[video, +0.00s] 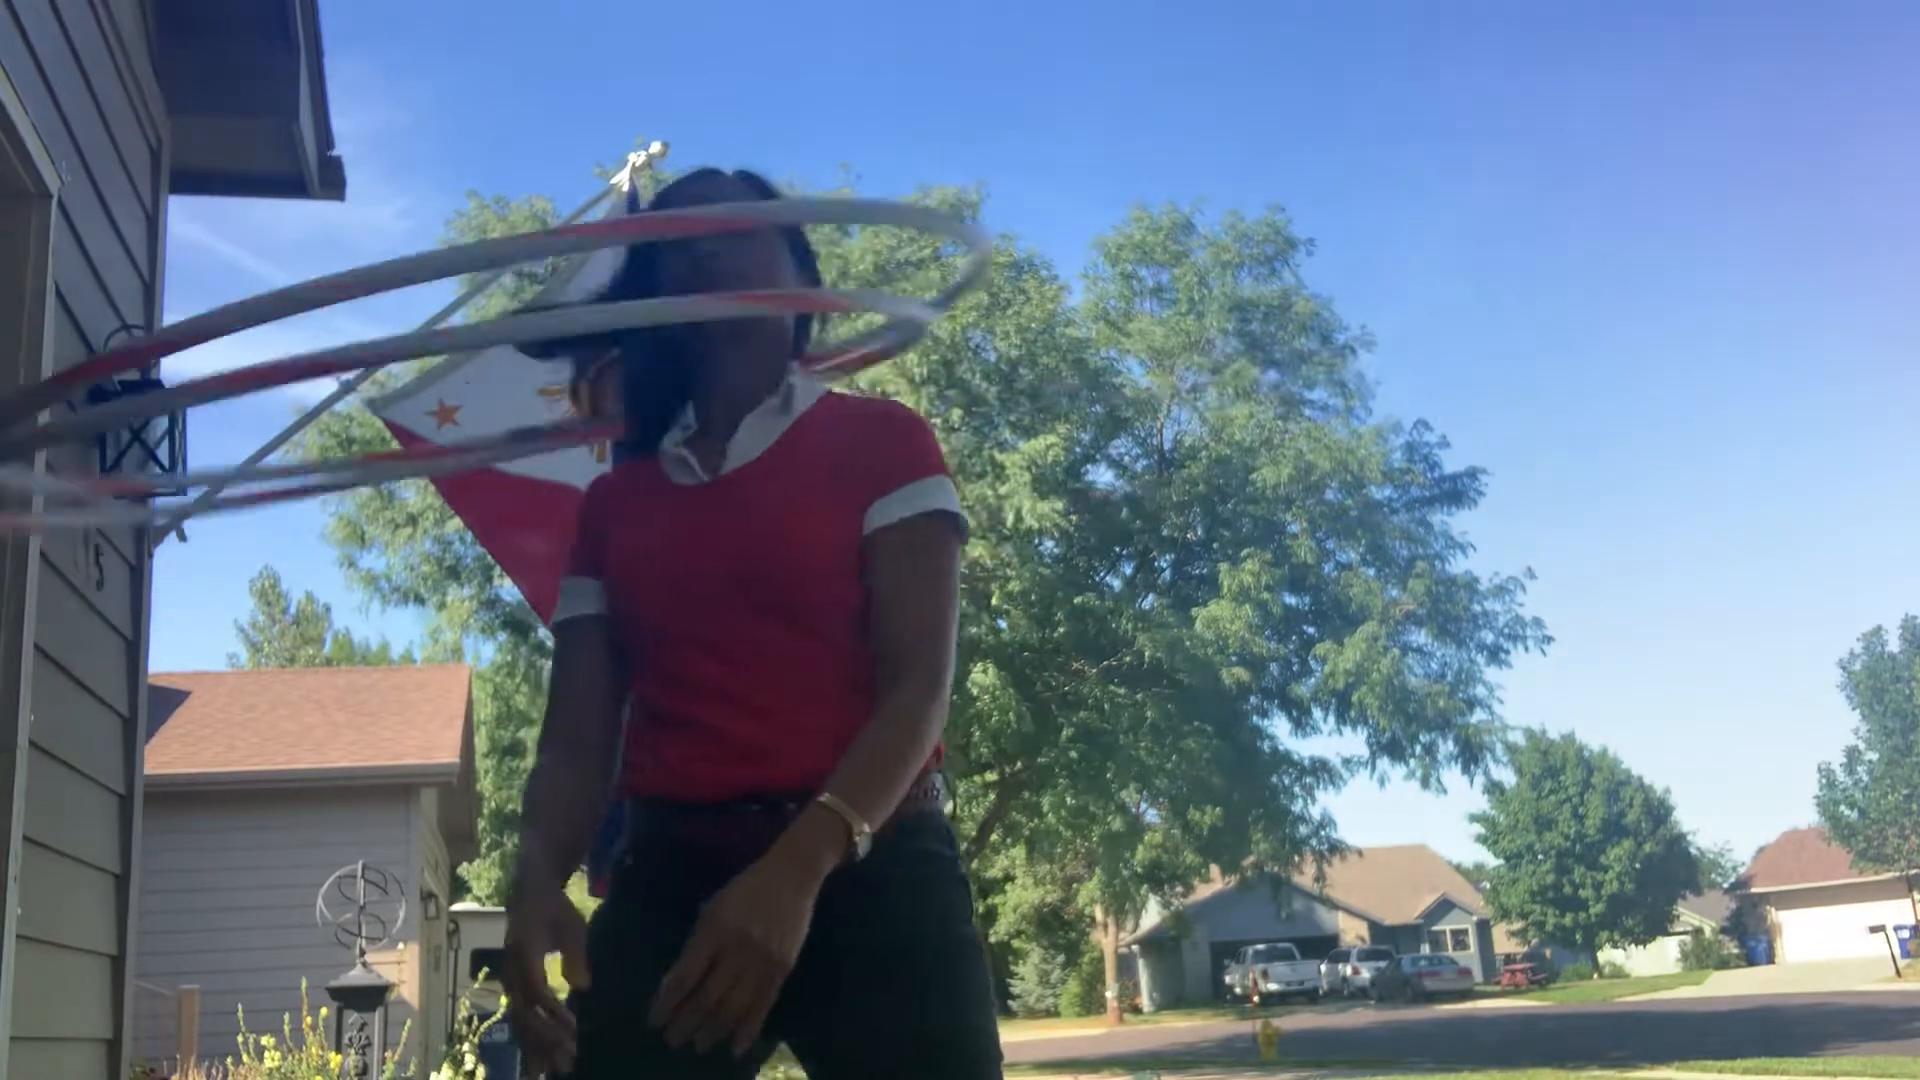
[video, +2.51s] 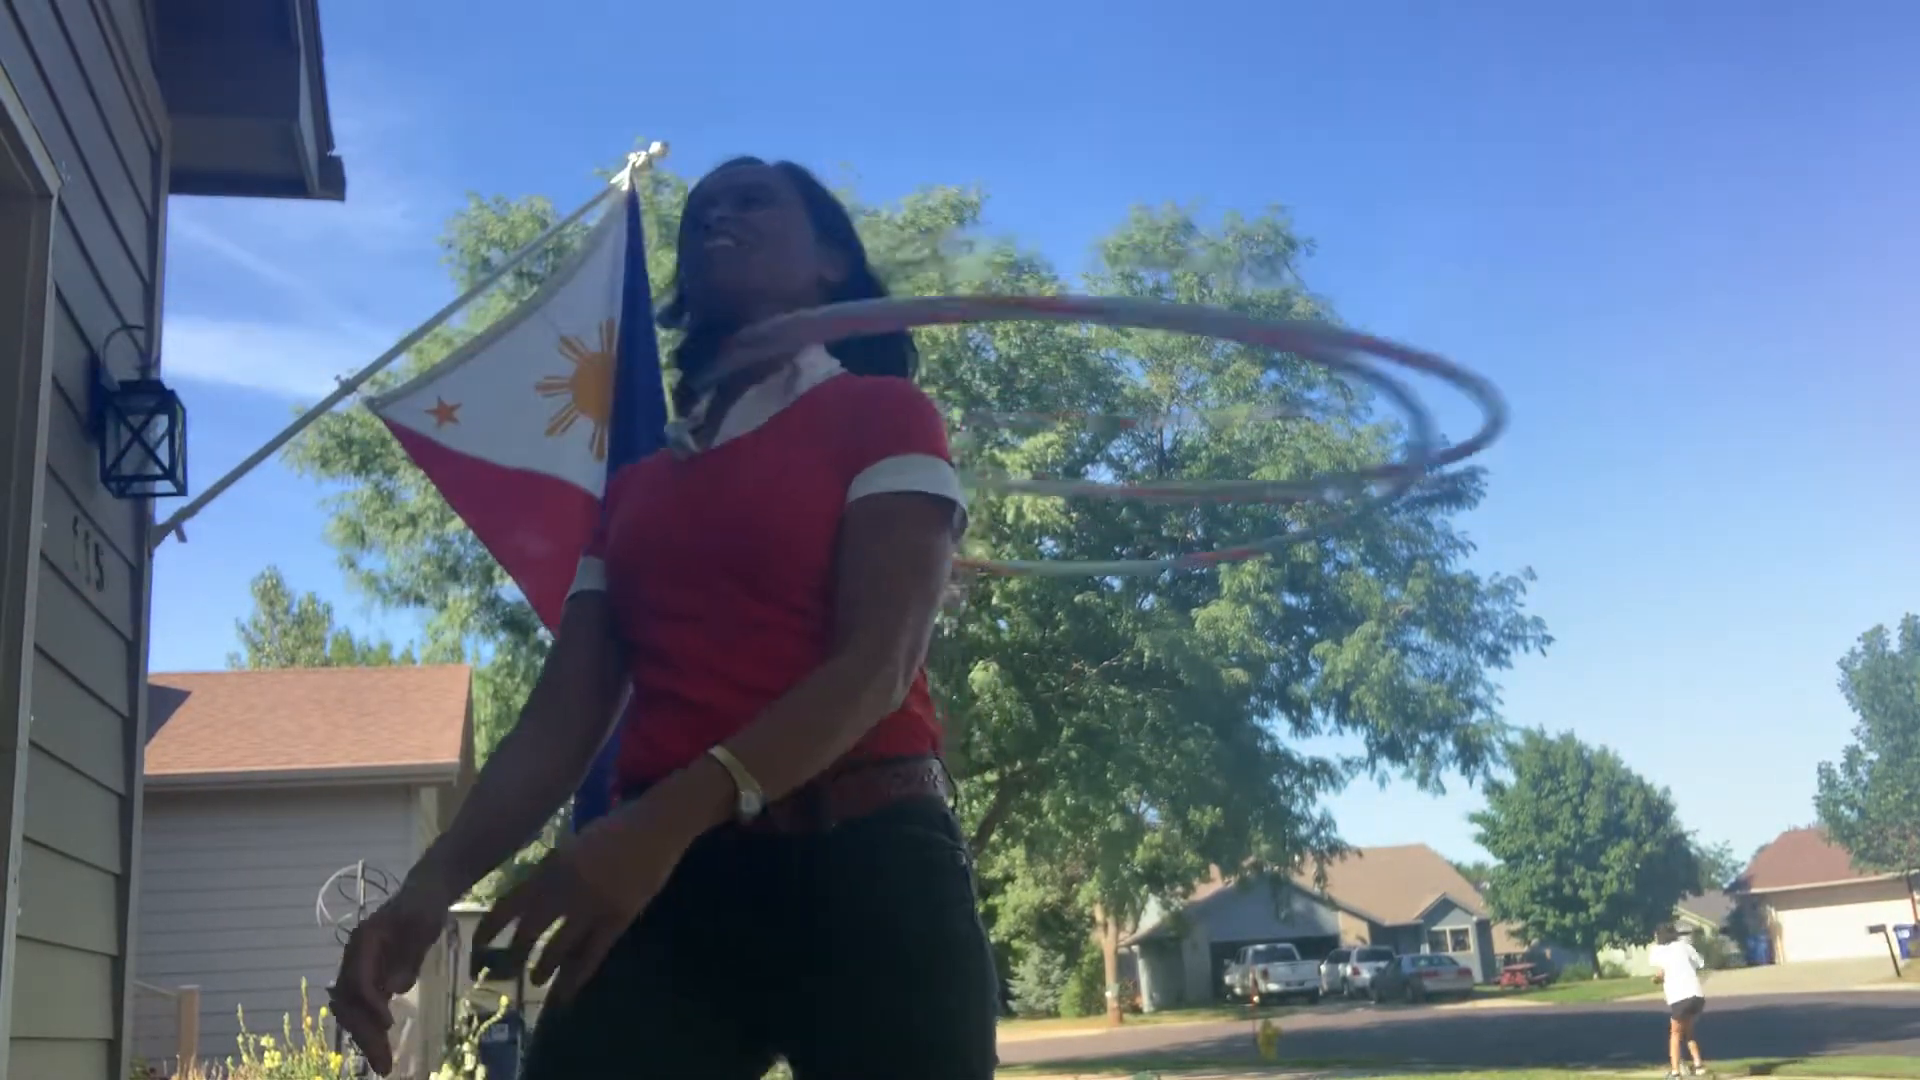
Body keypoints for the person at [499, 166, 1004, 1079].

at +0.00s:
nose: (725, 256)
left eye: (750, 236)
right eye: (695, 241)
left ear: (802, 285)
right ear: (658, 290)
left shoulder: (880, 438)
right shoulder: (616, 501)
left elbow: (918, 690)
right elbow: (576, 734)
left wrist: (800, 863)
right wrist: (538, 883)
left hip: (873, 874)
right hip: (669, 884)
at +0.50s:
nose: (697, 219)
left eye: (728, 200)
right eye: (662, 207)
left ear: (781, 254)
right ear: (626, 261)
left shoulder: (869, 416)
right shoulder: (581, 480)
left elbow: (934, 668)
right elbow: (563, 730)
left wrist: (870, 878)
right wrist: (542, 975)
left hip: (876, 866)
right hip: (665, 880)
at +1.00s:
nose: (707, 218)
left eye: (742, 202)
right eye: (675, 205)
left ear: (792, 261)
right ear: (636, 262)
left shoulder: (869, 411)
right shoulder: (583, 471)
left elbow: (929, 660)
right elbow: (546, 713)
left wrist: (809, 838)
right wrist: (498, 937)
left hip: (864, 860)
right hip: (648, 866)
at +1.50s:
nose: (675, 205)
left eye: (708, 184)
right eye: (642, 191)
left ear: (767, 230)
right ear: (610, 242)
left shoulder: (840, 390)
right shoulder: (578, 472)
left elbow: (913, 666)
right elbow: (557, 739)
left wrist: (821, 910)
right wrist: (491, 990)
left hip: (865, 862)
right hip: (652, 871)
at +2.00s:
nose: (722, 222)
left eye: (759, 204)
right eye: (698, 217)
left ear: (829, 261)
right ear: (673, 280)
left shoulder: (874, 402)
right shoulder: (626, 471)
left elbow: (875, 656)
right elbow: (563, 711)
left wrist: (695, 840)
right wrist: (442, 887)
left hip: (866, 861)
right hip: (653, 877)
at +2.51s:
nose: (713, 222)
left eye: (752, 202)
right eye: (697, 223)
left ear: (832, 265)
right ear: (686, 291)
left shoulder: (880, 412)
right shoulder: (638, 480)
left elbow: (877, 662)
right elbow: (566, 706)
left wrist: (664, 819)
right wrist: (430, 891)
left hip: (866, 861)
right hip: (666, 880)